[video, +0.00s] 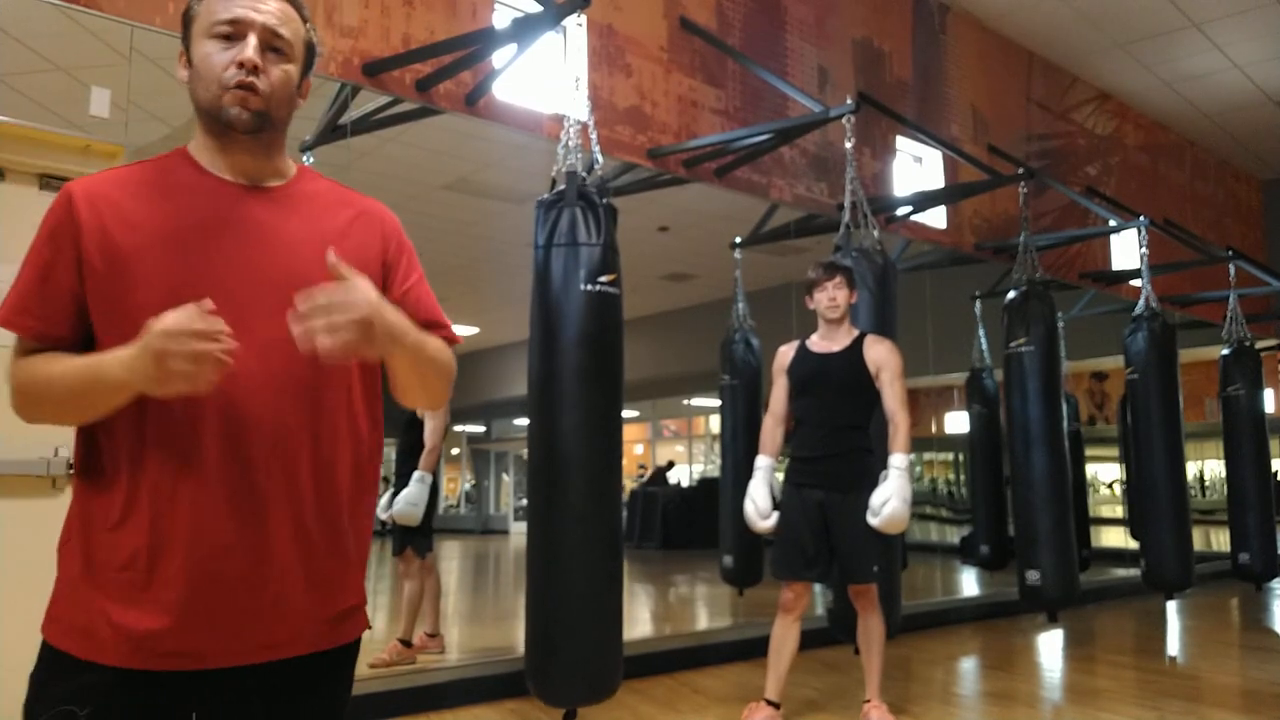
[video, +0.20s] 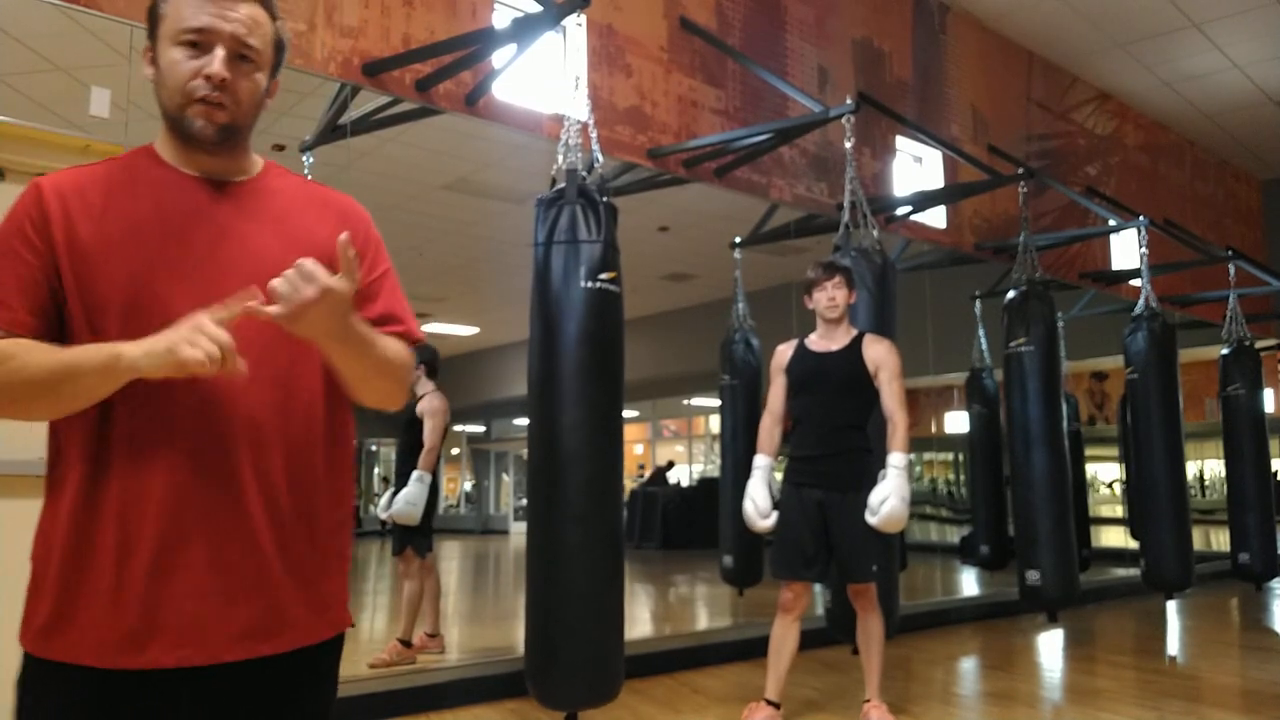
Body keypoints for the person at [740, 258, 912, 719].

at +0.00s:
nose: (832, 295)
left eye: (840, 288)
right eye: (824, 289)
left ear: (852, 296)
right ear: (811, 299)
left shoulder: (879, 351)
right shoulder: (789, 354)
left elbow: (897, 417)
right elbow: (774, 420)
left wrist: (898, 474)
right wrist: (762, 476)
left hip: (859, 491)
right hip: (802, 491)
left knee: (865, 597)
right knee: (790, 599)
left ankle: (873, 701)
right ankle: (770, 702)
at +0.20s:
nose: (831, 295)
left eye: (838, 288)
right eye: (823, 289)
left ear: (852, 296)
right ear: (810, 299)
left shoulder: (878, 350)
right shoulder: (787, 353)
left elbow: (896, 417)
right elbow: (772, 418)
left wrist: (897, 473)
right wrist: (760, 476)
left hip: (858, 491)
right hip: (801, 491)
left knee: (864, 597)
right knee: (789, 598)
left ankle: (873, 700)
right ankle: (771, 702)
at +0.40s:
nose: (829, 295)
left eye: (837, 288)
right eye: (821, 289)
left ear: (850, 296)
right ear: (809, 299)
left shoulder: (877, 350)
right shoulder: (787, 354)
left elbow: (896, 417)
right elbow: (772, 419)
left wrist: (896, 474)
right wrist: (760, 476)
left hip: (858, 492)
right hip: (801, 491)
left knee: (865, 596)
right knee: (789, 598)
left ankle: (873, 700)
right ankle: (771, 702)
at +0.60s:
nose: (829, 296)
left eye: (836, 289)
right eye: (820, 290)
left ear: (850, 296)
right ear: (808, 299)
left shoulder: (876, 351)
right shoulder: (786, 355)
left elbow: (895, 417)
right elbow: (772, 419)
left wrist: (896, 474)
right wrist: (760, 477)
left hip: (858, 491)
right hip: (800, 491)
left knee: (865, 596)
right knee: (789, 598)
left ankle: (873, 700)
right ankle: (771, 702)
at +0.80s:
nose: (829, 295)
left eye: (836, 288)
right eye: (821, 289)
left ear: (850, 296)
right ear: (808, 299)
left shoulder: (876, 351)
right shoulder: (787, 355)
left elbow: (895, 418)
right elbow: (772, 420)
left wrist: (896, 474)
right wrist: (760, 477)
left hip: (858, 491)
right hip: (800, 491)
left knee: (864, 596)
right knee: (789, 598)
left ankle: (873, 700)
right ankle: (771, 702)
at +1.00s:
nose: (827, 296)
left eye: (835, 289)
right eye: (819, 290)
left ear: (849, 296)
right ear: (808, 299)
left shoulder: (876, 351)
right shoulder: (787, 356)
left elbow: (895, 418)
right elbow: (773, 421)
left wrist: (895, 475)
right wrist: (760, 477)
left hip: (858, 491)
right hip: (801, 491)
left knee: (864, 596)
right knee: (789, 598)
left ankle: (873, 700)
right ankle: (771, 702)